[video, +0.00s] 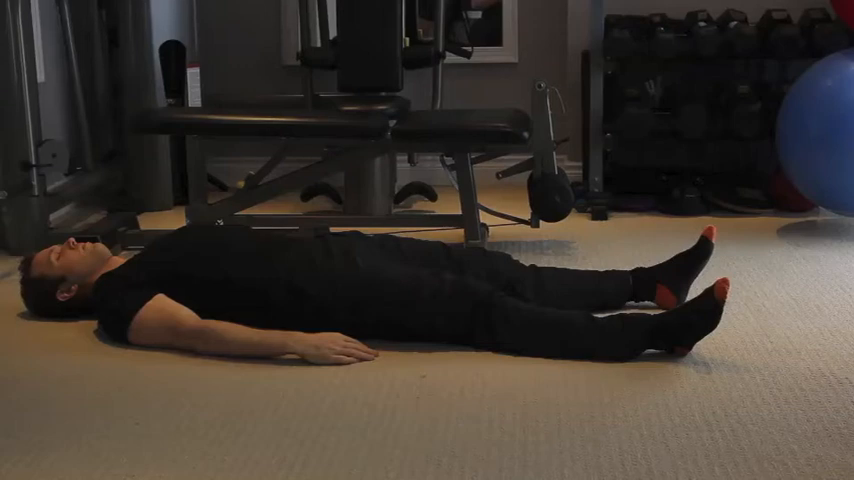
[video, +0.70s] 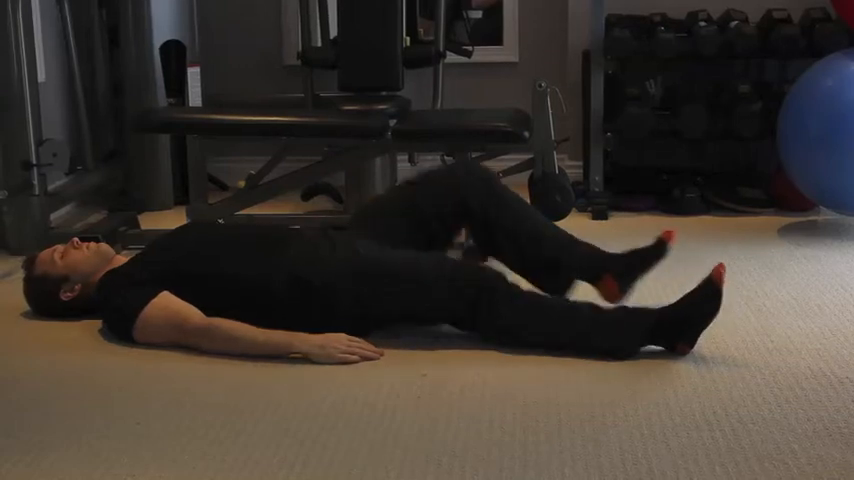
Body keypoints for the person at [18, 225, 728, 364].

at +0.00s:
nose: (66, 243)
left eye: (58, 245)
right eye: (56, 257)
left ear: (79, 241)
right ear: (67, 286)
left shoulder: (149, 248)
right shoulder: (119, 295)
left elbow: (248, 245)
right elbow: (200, 336)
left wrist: (330, 237)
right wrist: (297, 345)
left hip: (349, 249)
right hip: (335, 285)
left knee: (489, 264)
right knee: (483, 306)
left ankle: (642, 287)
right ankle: (657, 337)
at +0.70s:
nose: (72, 243)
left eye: (63, 243)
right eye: (61, 258)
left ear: (88, 242)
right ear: (73, 288)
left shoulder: (155, 247)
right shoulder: (122, 292)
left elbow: (253, 247)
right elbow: (196, 330)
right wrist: (304, 342)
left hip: (354, 235)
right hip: (335, 282)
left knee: (461, 181)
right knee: (478, 289)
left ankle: (599, 270)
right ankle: (657, 333)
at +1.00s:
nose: (81, 239)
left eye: (72, 239)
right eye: (68, 255)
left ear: (91, 242)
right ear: (77, 287)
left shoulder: (150, 251)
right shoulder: (128, 298)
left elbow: (243, 247)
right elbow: (209, 335)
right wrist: (312, 344)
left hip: (330, 242)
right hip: (325, 288)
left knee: (395, 129)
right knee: (441, 193)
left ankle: (530, 213)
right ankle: (585, 286)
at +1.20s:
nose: (80, 239)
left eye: (70, 238)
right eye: (66, 254)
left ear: (89, 241)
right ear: (74, 289)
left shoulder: (147, 259)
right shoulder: (123, 297)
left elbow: (252, 262)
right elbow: (202, 332)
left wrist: (358, 274)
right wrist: (309, 344)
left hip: (325, 270)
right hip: (316, 294)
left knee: (378, 116)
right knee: (358, 131)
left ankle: (514, 187)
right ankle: (499, 227)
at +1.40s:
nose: (73, 238)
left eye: (63, 239)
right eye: (60, 251)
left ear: (85, 247)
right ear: (70, 289)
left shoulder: (151, 253)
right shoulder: (119, 297)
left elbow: (251, 254)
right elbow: (201, 331)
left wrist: (361, 273)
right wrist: (304, 344)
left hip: (325, 271)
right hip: (302, 294)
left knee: (346, 111)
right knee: (298, 123)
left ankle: (475, 143)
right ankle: (452, 163)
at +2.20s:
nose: (66, 236)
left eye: (56, 237)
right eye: (54, 250)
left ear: (81, 241)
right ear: (67, 287)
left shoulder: (141, 253)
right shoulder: (115, 293)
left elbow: (238, 241)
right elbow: (193, 328)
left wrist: (346, 218)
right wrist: (295, 305)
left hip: (318, 253)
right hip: (305, 281)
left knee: (271, 118)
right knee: (259, 121)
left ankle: (432, 125)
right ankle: (431, 132)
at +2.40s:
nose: (68, 236)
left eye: (58, 237)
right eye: (56, 250)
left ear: (80, 237)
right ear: (66, 288)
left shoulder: (141, 254)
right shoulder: (116, 296)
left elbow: (242, 212)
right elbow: (186, 278)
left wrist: (254, 113)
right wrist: (182, 154)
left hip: (315, 264)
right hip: (300, 283)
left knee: (269, 118)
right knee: (255, 121)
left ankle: (426, 121)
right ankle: (429, 127)